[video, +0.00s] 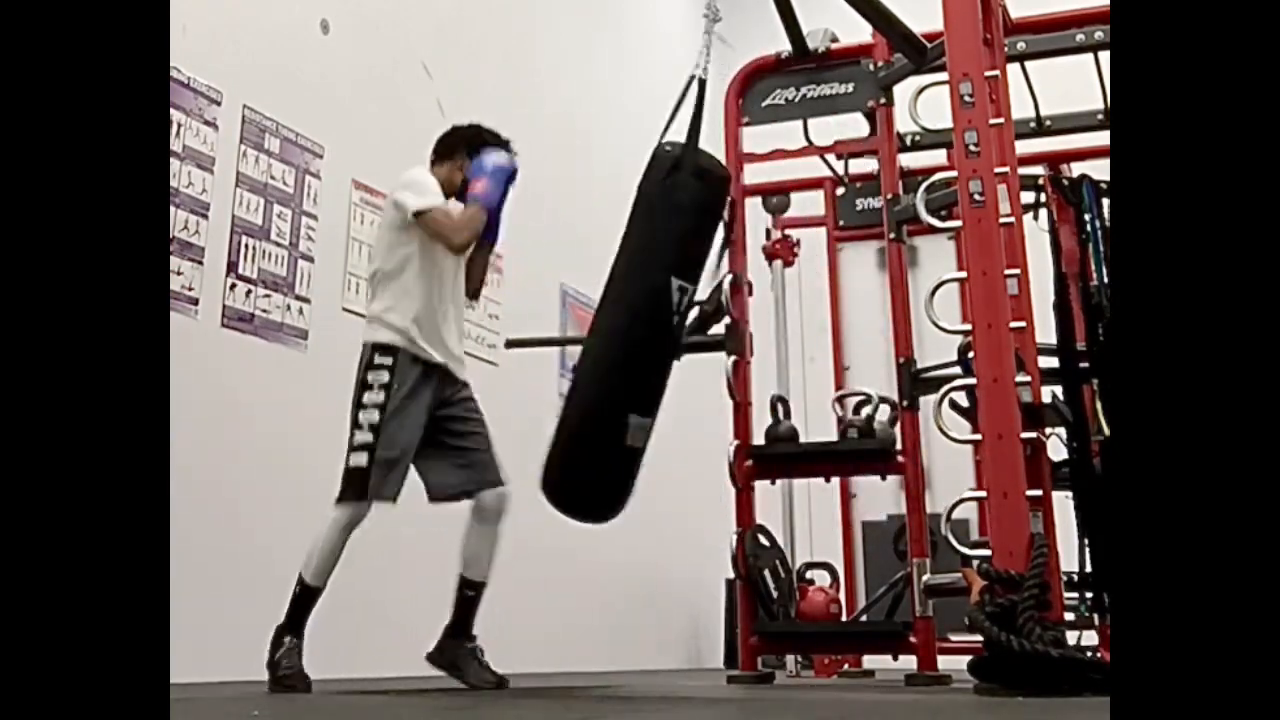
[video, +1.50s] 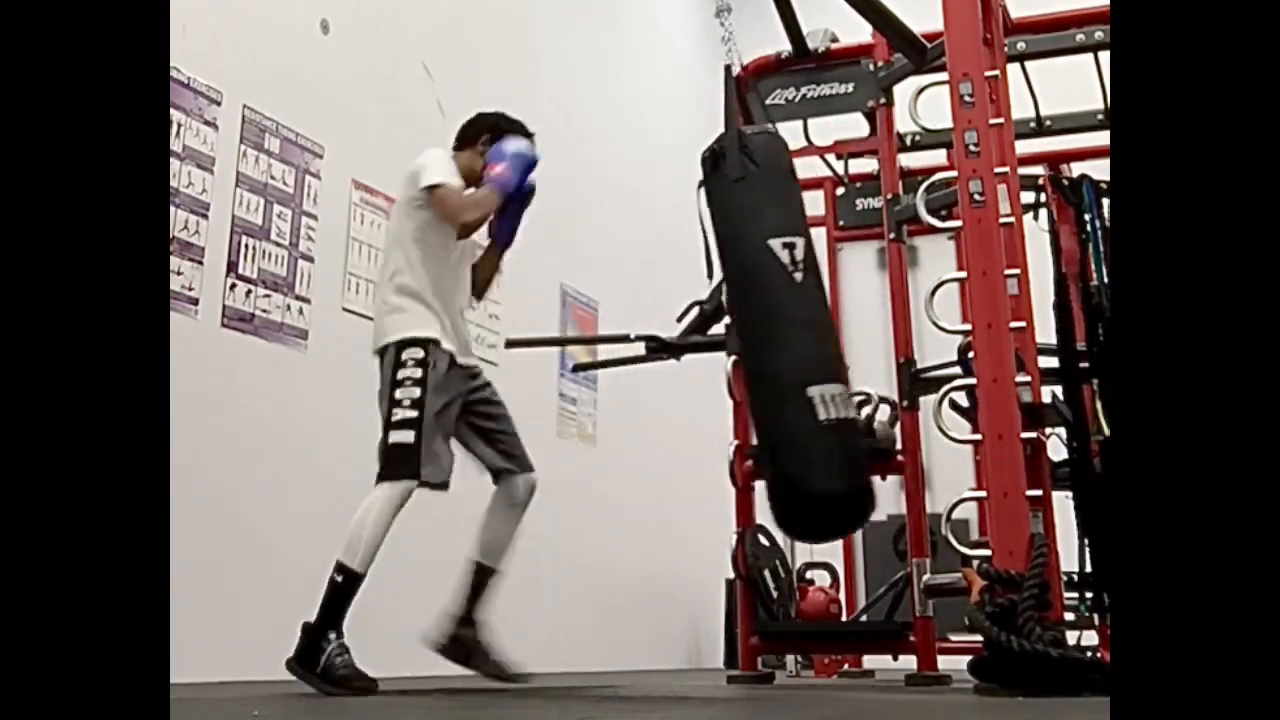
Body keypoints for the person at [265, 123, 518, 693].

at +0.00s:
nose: (478, 185)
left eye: (482, 179)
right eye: (477, 173)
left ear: (461, 173)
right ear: (453, 162)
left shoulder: (455, 215)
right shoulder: (414, 182)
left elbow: (471, 289)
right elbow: (455, 234)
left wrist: (491, 214)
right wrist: (485, 193)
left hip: (445, 370)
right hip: (394, 356)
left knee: (492, 499)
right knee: (356, 503)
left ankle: (457, 640)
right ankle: (288, 640)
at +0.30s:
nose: (551, 236)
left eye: (557, 230)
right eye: (549, 225)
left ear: (537, 225)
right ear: (523, 205)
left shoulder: (503, 278)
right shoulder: (490, 222)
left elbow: (514, 348)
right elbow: (547, 253)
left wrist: (550, 295)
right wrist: (585, 275)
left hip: (491, 402)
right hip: (453, 377)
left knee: (526, 519)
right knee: (398, 505)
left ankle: (525, 655)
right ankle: (313, 633)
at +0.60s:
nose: (496, 235)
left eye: (505, 231)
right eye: (493, 224)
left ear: (512, 230)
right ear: (473, 210)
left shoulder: (499, 265)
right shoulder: (430, 238)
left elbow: (523, 328)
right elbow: (422, 304)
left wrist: (536, 268)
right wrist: (478, 256)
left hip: (481, 407)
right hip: (426, 395)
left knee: (522, 528)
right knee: (392, 521)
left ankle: (526, 649)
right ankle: (329, 646)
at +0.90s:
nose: (532, 254)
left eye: (538, 247)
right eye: (529, 243)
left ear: (518, 244)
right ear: (504, 228)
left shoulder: (503, 291)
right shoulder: (466, 246)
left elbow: (526, 356)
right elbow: (457, 269)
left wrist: (565, 312)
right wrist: (533, 257)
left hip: (480, 425)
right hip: (432, 416)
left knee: (539, 523)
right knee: (387, 542)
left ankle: (522, 655)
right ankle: (326, 655)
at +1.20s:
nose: (503, 205)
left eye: (508, 198)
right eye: (499, 193)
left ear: (490, 201)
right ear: (471, 184)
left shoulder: (479, 246)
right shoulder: (436, 206)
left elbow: (513, 307)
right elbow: (461, 263)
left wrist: (524, 245)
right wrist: (494, 223)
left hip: (464, 388)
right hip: (424, 376)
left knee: (496, 514)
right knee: (403, 512)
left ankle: (502, 647)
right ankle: (333, 651)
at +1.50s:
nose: (502, 172)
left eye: (508, 166)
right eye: (503, 160)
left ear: (483, 156)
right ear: (480, 146)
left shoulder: (466, 212)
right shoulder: (435, 162)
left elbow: (477, 289)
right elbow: (461, 214)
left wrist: (507, 225)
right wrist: (503, 180)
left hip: (457, 352)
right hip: (414, 335)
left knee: (517, 482)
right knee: (399, 480)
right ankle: (320, 642)